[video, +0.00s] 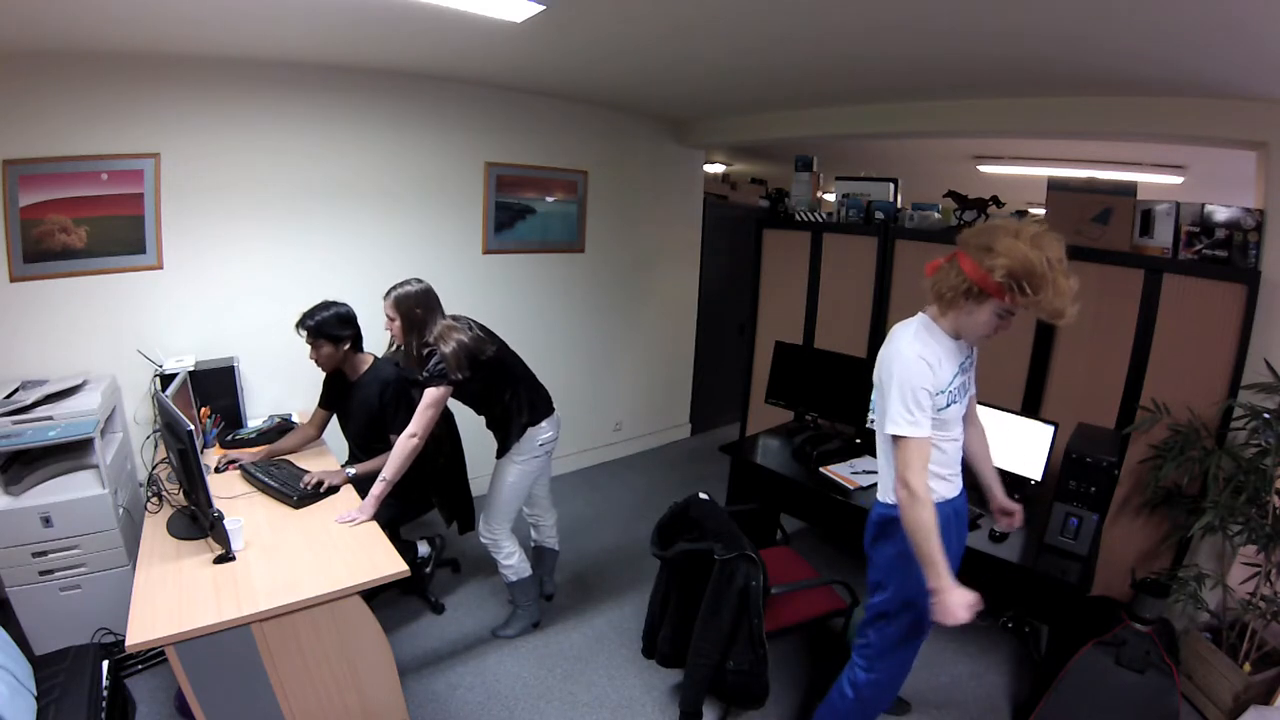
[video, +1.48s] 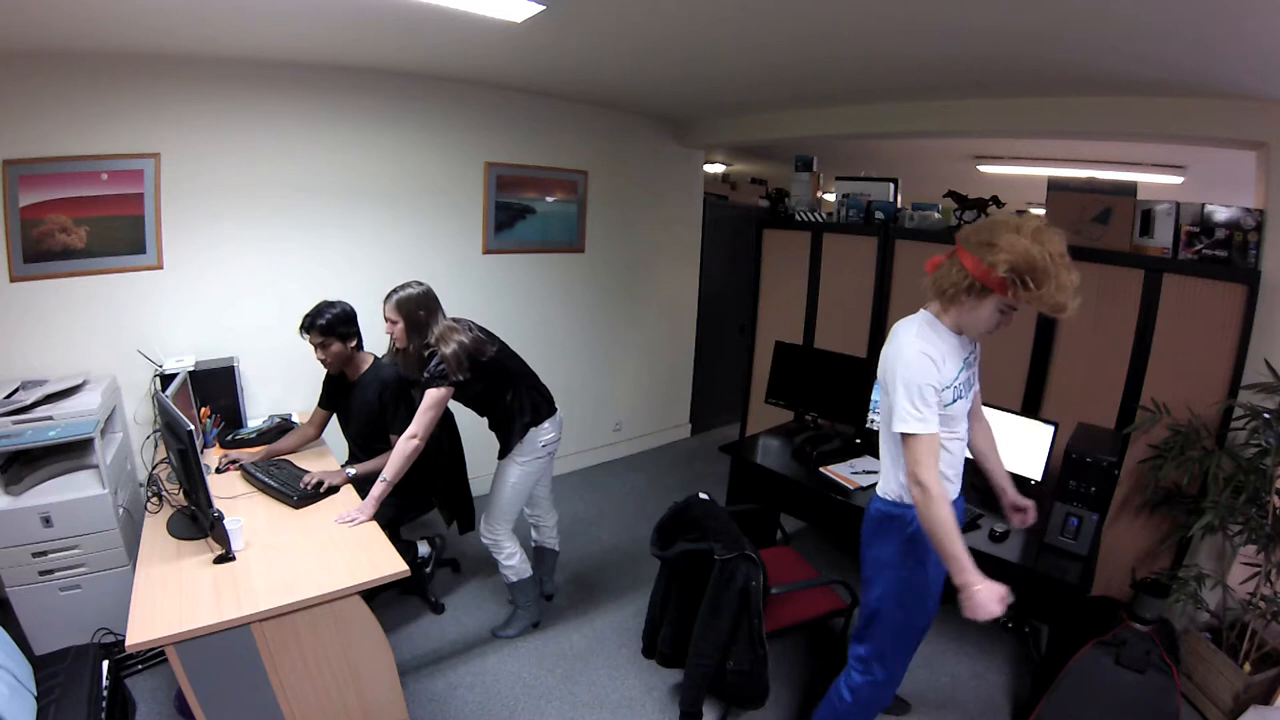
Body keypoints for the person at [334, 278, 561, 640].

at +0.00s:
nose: (387, 327)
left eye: (391, 319)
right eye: (387, 319)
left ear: (414, 317)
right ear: (424, 314)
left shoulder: (445, 353)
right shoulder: (456, 326)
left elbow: (414, 436)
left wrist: (371, 500)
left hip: (527, 432)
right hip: (540, 419)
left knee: (494, 529)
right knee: (539, 507)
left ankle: (527, 608)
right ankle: (545, 581)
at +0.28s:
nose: (387, 327)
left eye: (391, 320)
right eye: (386, 319)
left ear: (414, 318)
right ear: (422, 314)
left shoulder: (445, 352)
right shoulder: (455, 326)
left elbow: (414, 436)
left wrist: (371, 500)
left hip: (528, 432)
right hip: (540, 419)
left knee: (494, 528)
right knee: (539, 507)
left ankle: (527, 607)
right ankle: (545, 581)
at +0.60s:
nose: (386, 328)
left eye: (390, 320)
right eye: (386, 320)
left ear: (413, 318)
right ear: (421, 315)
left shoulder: (445, 352)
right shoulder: (454, 327)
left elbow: (414, 436)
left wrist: (371, 500)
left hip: (528, 431)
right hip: (540, 419)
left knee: (494, 529)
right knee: (540, 508)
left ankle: (527, 607)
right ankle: (545, 582)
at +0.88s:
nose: (386, 328)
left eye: (390, 320)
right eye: (386, 320)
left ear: (413, 318)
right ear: (422, 314)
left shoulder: (444, 355)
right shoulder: (456, 327)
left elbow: (414, 437)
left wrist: (372, 500)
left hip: (528, 432)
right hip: (542, 419)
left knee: (494, 529)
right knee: (540, 507)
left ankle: (527, 607)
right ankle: (545, 582)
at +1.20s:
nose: (386, 329)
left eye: (390, 321)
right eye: (386, 320)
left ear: (413, 319)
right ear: (422, 315)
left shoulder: (444, 355)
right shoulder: (455, 328)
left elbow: (414, 437)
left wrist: (372, 500)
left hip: (529, 432)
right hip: (542, 419)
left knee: (494, 529)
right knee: (540, 507)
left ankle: (527, 607)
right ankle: (545, 582)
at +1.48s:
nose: (387, 330)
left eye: (392, 322)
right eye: (387, 322)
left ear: (417, 319)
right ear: (424, 316)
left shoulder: (446, 355)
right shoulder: (457, 328)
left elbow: (415, 438)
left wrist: (371, 500)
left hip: (529, 432)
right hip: (543, 419)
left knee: (495, 529)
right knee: (540, 505)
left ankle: (527, 607)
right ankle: (545, 581)